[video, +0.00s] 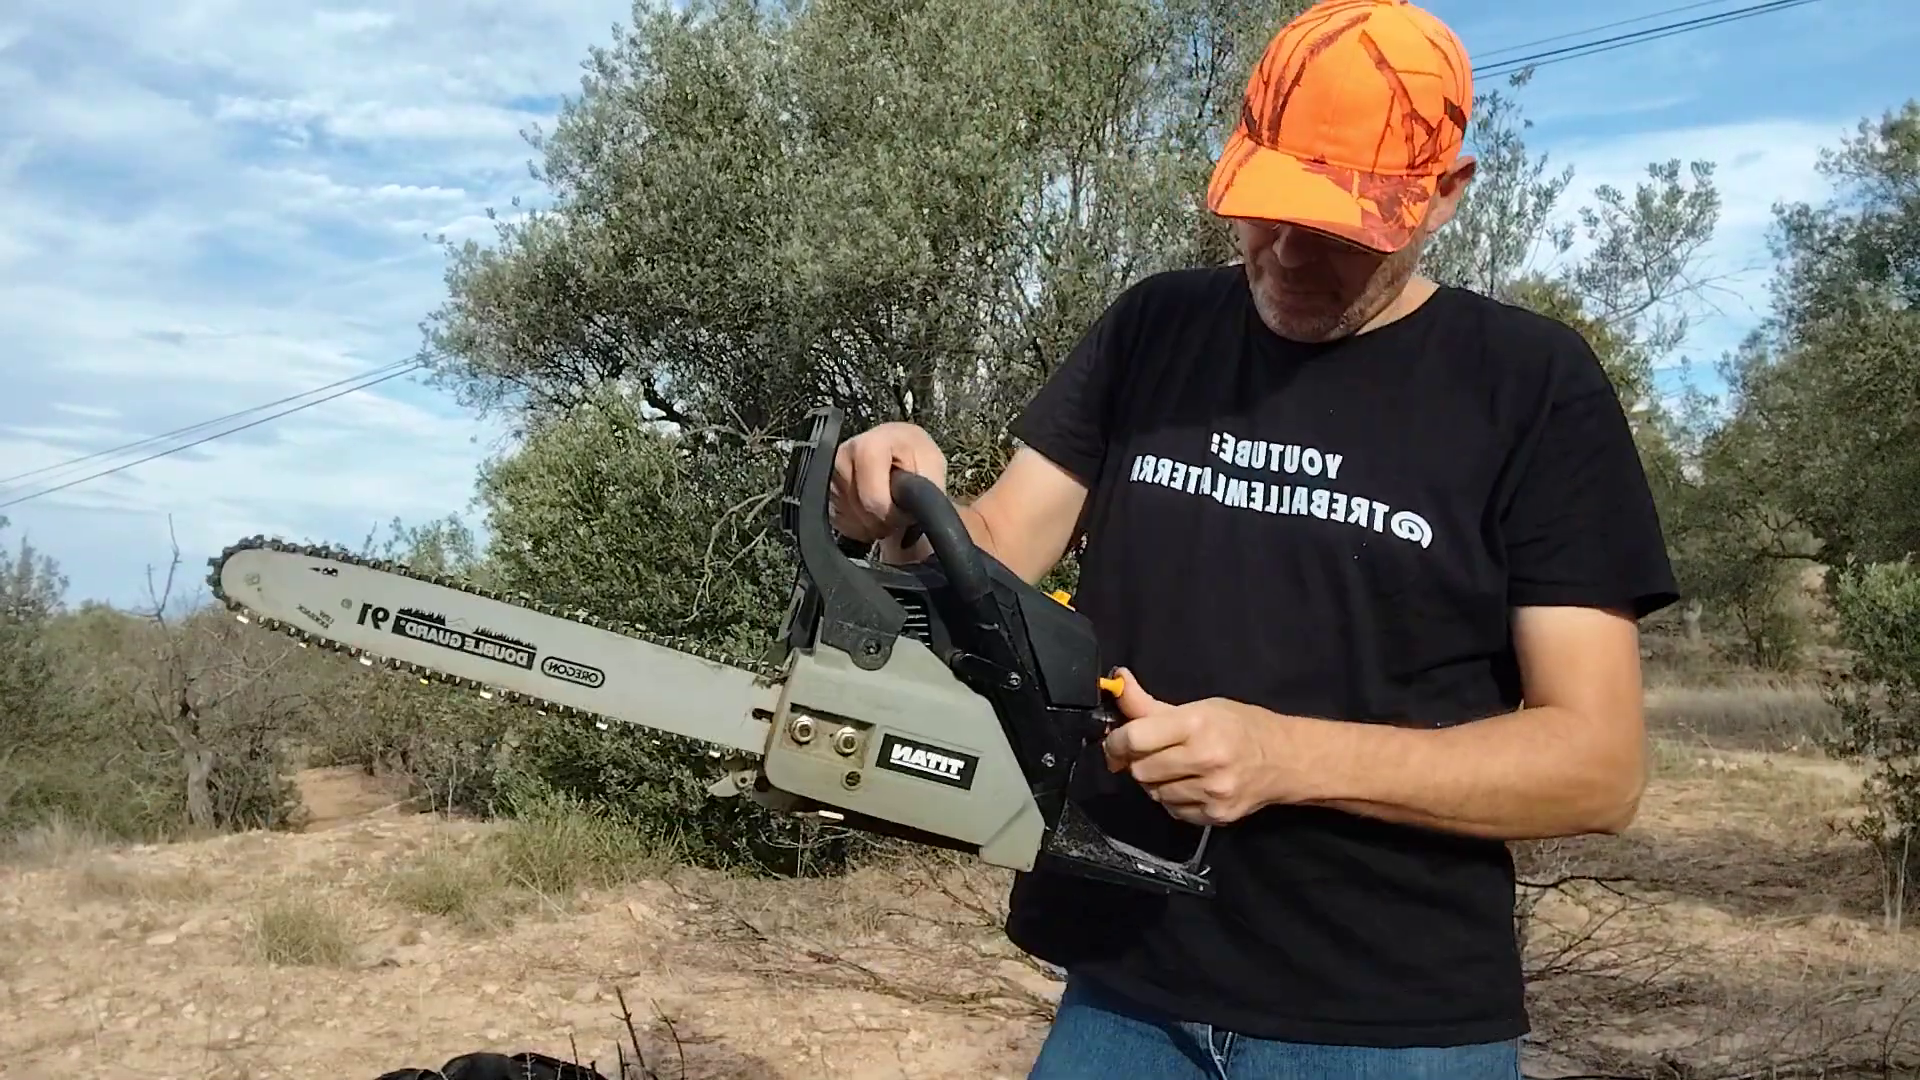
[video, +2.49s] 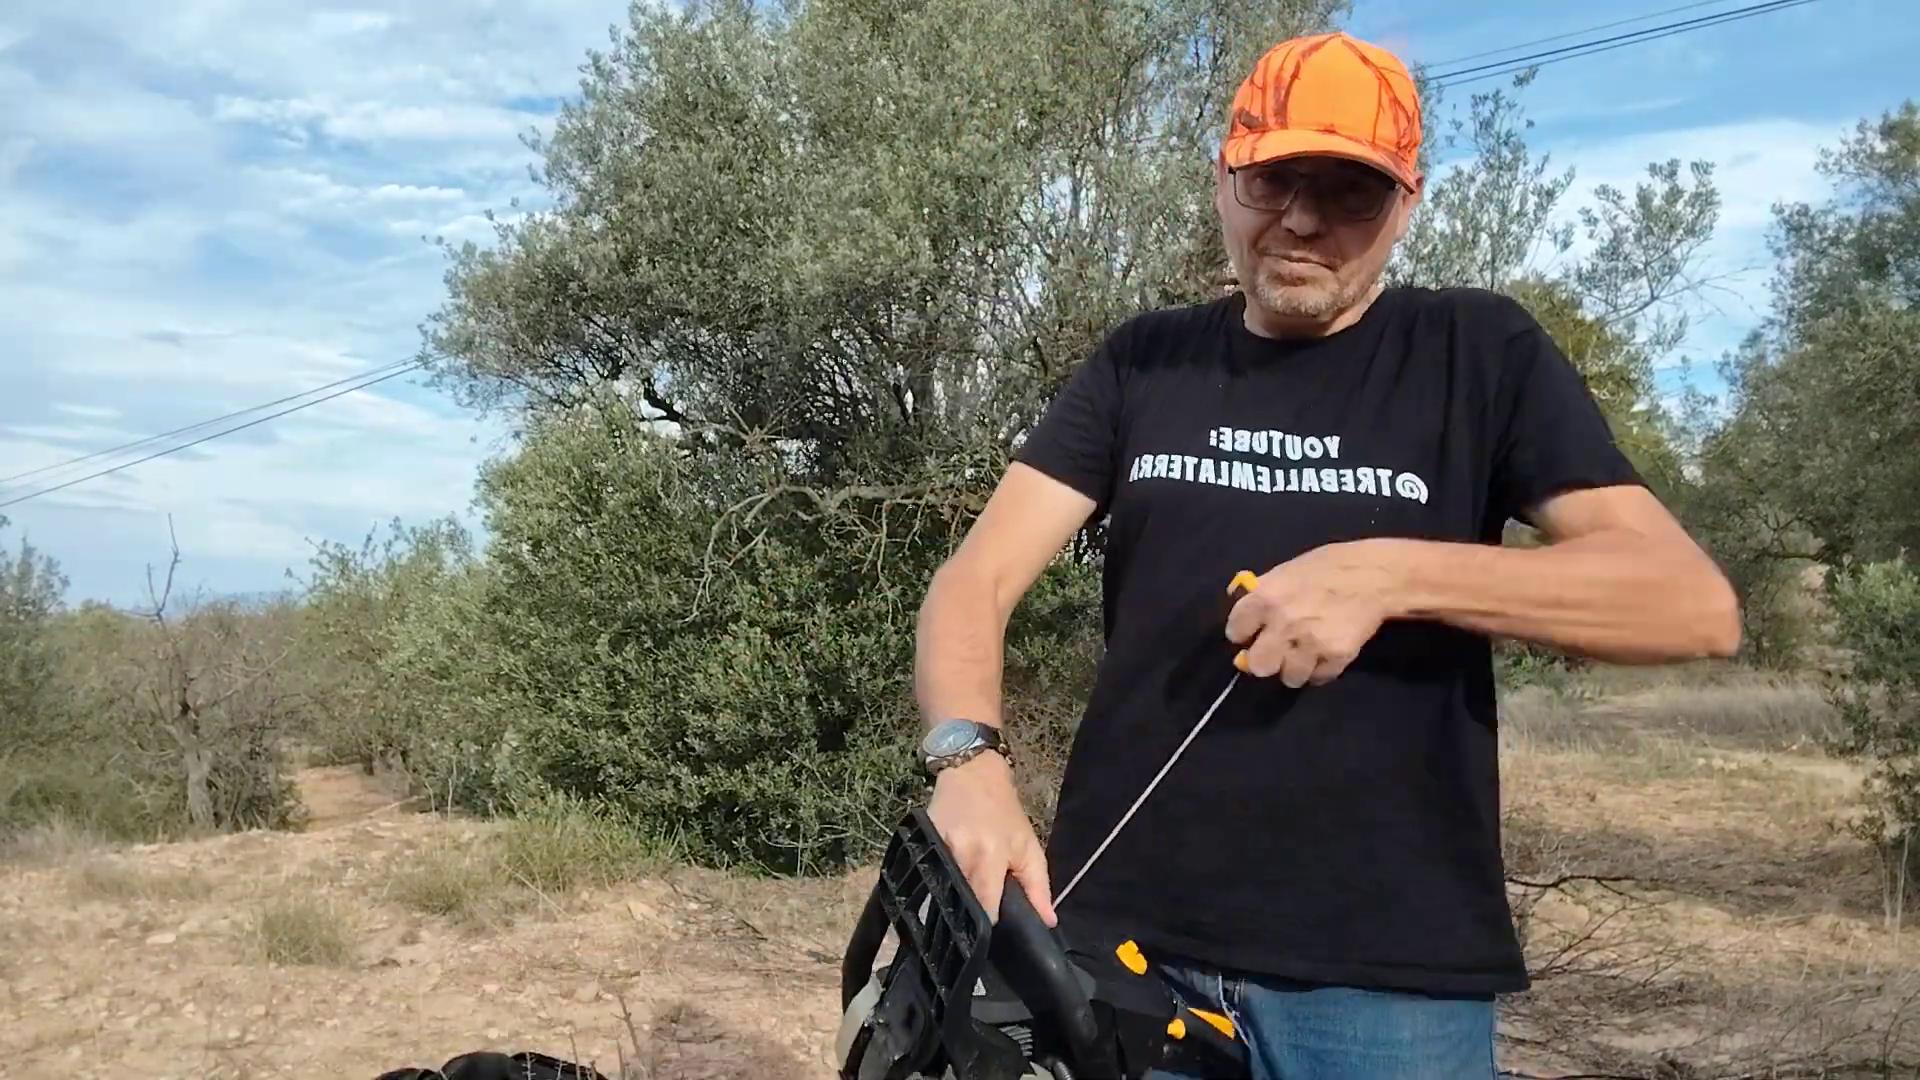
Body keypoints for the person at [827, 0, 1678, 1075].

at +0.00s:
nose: (1283, 254)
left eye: (1337, 226)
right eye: (1265, 203)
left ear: (1434, 204)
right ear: (1237, 162)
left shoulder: (1534, 386)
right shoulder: (1157, 328)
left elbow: (1597, 762)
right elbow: (979, 571)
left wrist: (1289, 755)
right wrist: (905, 503)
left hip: (1405, 1038)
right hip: (1126, 1010)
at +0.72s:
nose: (1197, 183)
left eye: (1242, 154)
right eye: (1167, 144)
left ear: (1301, 177)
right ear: (1117, 153)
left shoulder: (1390, 364)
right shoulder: (1032, 353)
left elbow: (1483, 701)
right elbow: (922, 607)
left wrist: (1191, 758)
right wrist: (817, 559)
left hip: (1312, 1022)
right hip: (1040, 1006)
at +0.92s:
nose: (1110, 204)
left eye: (1151, 168)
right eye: (1081, 164)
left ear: (1213, 179)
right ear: (1037, 167)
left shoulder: (1314, 362)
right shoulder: (955, 369)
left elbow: (1423, 684)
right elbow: (849, 638)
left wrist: (1140, 794)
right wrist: (771, 574)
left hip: (1278, 1012)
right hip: (1006, 1014)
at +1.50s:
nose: (1035, 226)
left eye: (1076, 193)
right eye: (1006, 189)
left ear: (1147, 190)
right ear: (969, 184)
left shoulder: (1249, 348)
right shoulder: (899, 368)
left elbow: (1324, 661)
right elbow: (787, 622)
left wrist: (988, 728)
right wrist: (758, 702)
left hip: (1252, 1008)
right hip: (977, 1009)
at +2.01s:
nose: (1202, 204)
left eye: (1245, 171)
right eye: (1172, 165)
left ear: (1307, 191)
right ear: (1128, 176)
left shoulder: (1379, 347)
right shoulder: (1056, 361)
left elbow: (1390, 675)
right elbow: (913, 596)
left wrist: (1048, 769)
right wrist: (896, 703)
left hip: (1336, 1014)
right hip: (1074, 1004)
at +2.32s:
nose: (1281, 206)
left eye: (1326, 178)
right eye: (1252, 168)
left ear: (1387, 201)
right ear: (1205, 180)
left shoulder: (1448, 354)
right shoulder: (1139, 363)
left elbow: (1441, 692)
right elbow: (989, 603)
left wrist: (1109, 806)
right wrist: (973, 742)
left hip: (1379, 1018)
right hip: (1128, 997)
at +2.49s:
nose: (1303, 220)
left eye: (1348, 189)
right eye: (1276, 180)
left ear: (1403, 206)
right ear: (1224, 183)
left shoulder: (1481, 350)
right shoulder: (1143, 363)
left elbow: (1693, 602)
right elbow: (973, 584)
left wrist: (1395, 571)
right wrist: (966, 760)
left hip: (1390, 988)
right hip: (1121, 967)